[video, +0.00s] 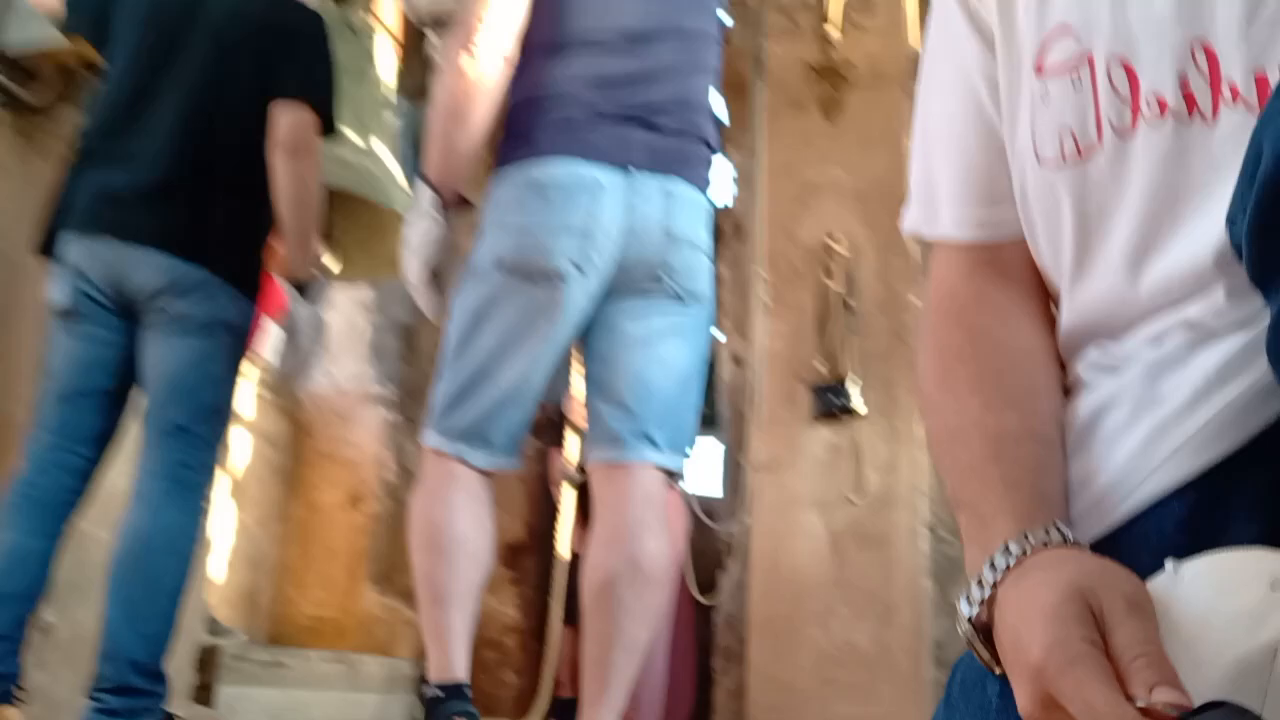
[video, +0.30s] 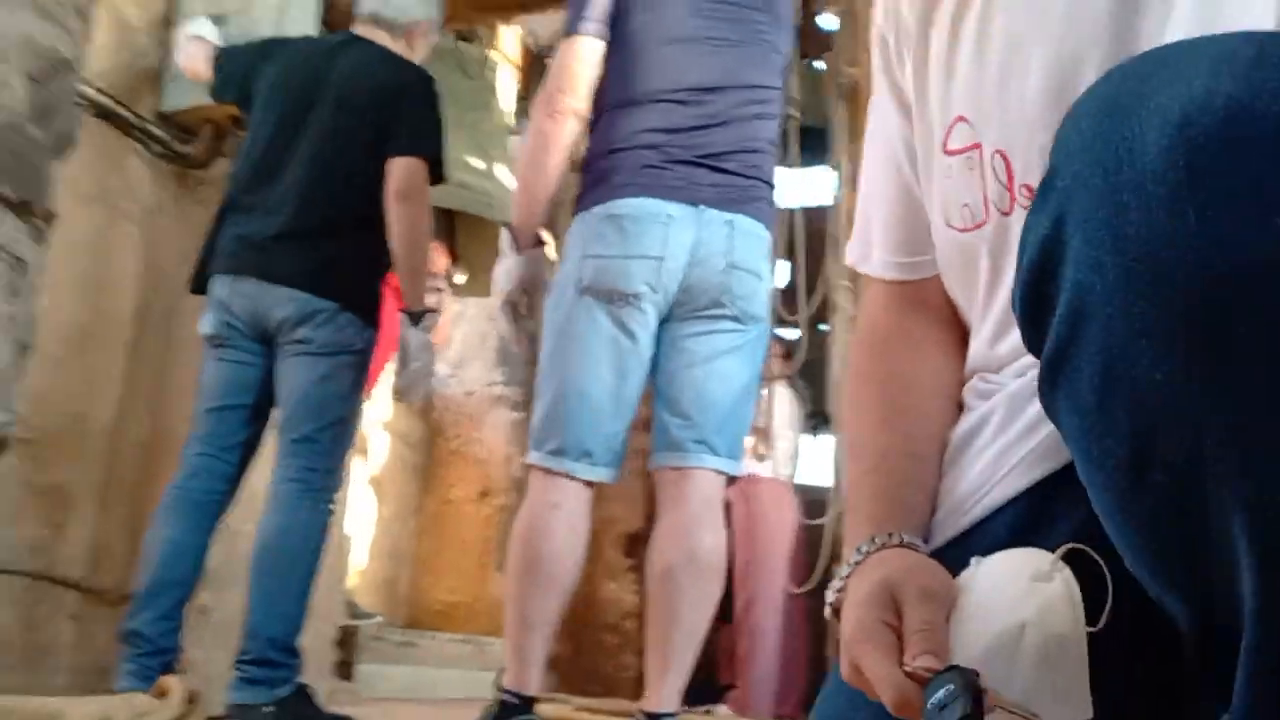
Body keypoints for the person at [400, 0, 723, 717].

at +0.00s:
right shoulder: (700, 11)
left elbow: (482, 60)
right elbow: (705, 95)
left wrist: (437, 197)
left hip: (555, 186)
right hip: (682, 205)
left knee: (462, 449)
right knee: (641, 471)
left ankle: (447, 693)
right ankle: (601, 714)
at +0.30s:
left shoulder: (612, 1)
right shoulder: (779, 7)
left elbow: (567, 102)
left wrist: (522, 238)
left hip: (629, 217)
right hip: (744, 230)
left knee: (564, 471)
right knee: (697, 479)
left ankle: (518, 694)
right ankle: (663, 707)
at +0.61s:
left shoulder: (531, 3)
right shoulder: (672, 10)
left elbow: (490, 88)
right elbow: (662, 123)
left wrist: (438, 219)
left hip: (548, 213)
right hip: (654, 225)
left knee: (485, 471)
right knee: (615, 473)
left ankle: (436, 692)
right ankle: (577, 699)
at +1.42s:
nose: (516, 45)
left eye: (525, 32)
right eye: (524, 33)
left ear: (549, 33)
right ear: (600, 56)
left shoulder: (494, 84)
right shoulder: (636, 117)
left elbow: (446, 201)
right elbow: (630, 234)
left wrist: (400, 323)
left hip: (509, 317)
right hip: (617, 331)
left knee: (442, 570)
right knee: (575, 569)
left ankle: (402, 717)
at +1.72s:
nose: (527, 125)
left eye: (529, 116)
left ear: (535, 115)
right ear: (610, 133)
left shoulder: (507, 150)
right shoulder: (646, 183)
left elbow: (465, 264)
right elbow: (638, 298)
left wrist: (416, 395)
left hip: (525, 384)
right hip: (633, 395)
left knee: (462, 631)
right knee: (595, 631)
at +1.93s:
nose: (614, 105)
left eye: (615, 97)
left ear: (619, 96)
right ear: (698, 111)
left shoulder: (589, 128)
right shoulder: (732, 160)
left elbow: (547, 239)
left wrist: (506, 371)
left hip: (610, 359)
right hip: (719, 368)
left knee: (550, 609)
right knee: (683, 608)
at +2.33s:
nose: (575, 114)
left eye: (576, 106)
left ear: (581, 107)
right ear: (658, 120)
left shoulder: (547, 139)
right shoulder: (695, 171)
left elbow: (495, 268)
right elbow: (701, 294)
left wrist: (468, 375)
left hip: (565, 372)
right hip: (676, 382)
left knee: (501, 623)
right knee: (634, 621)